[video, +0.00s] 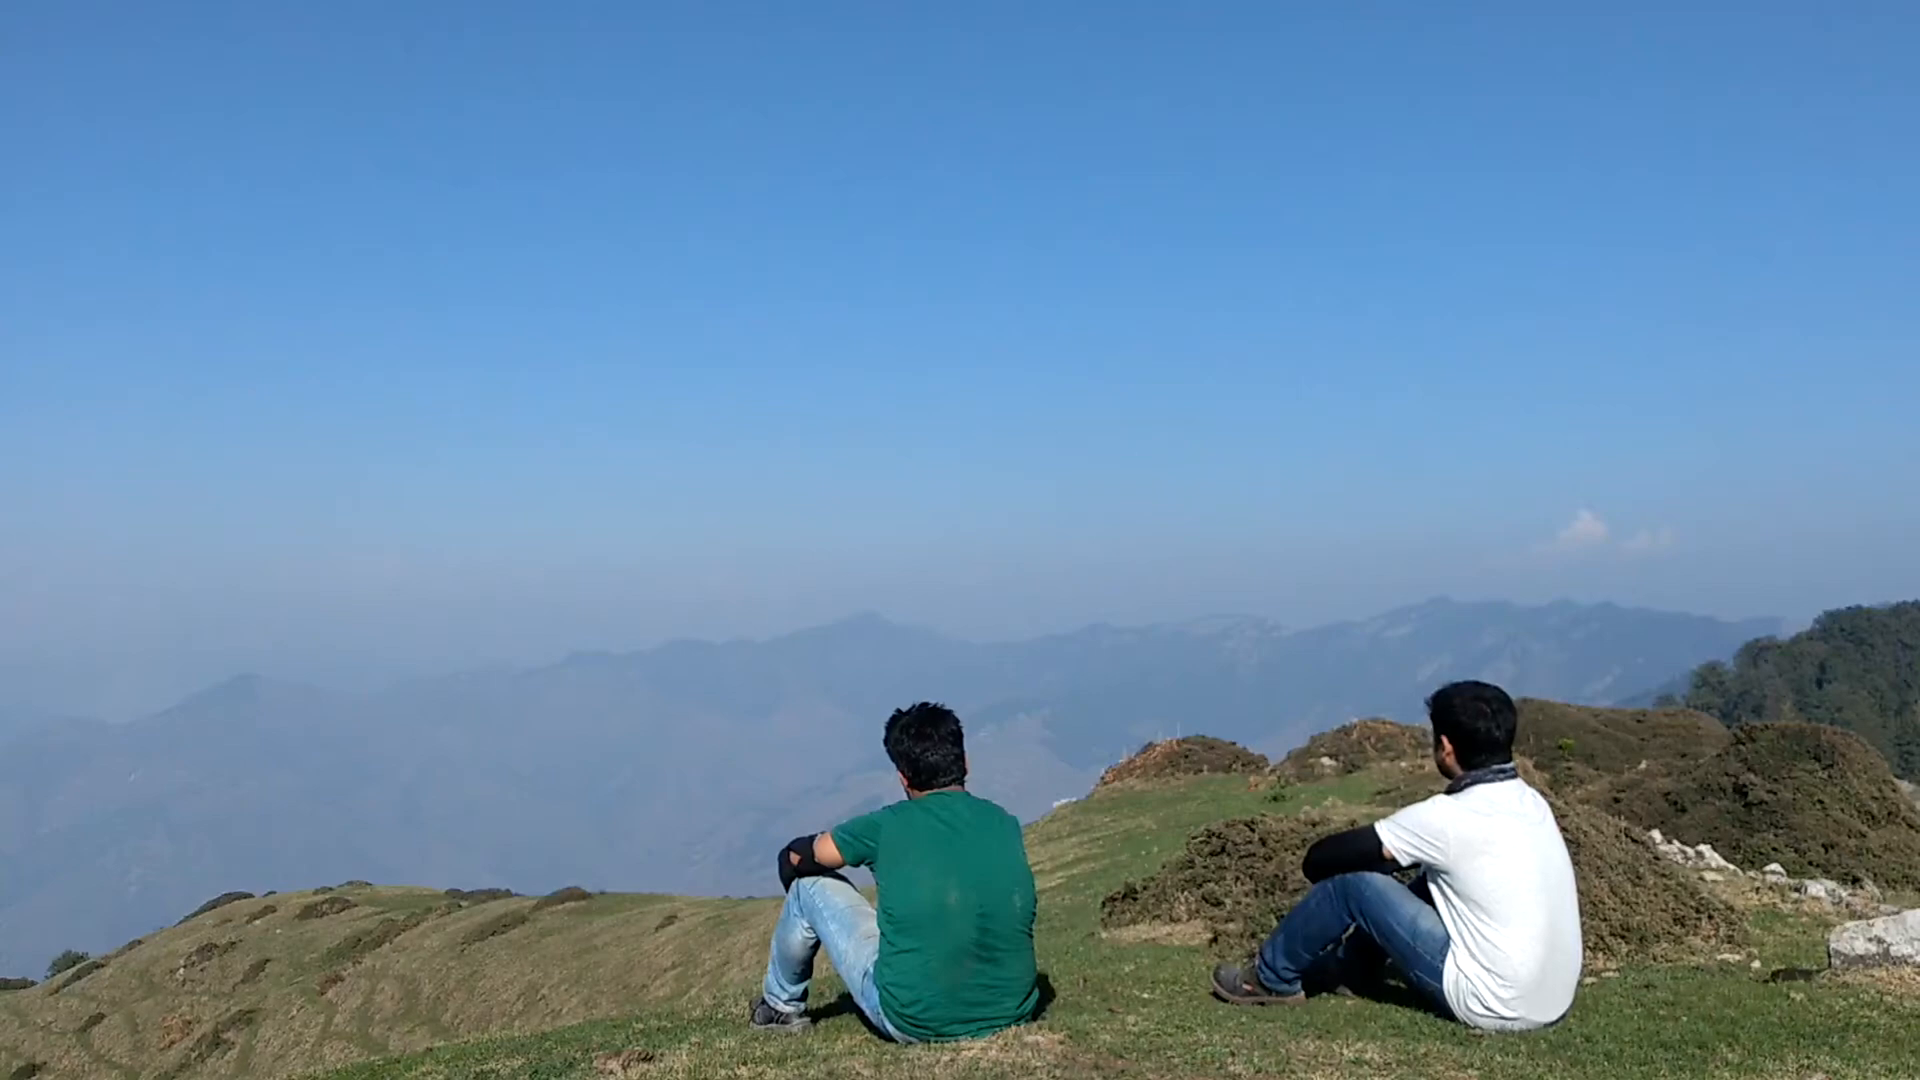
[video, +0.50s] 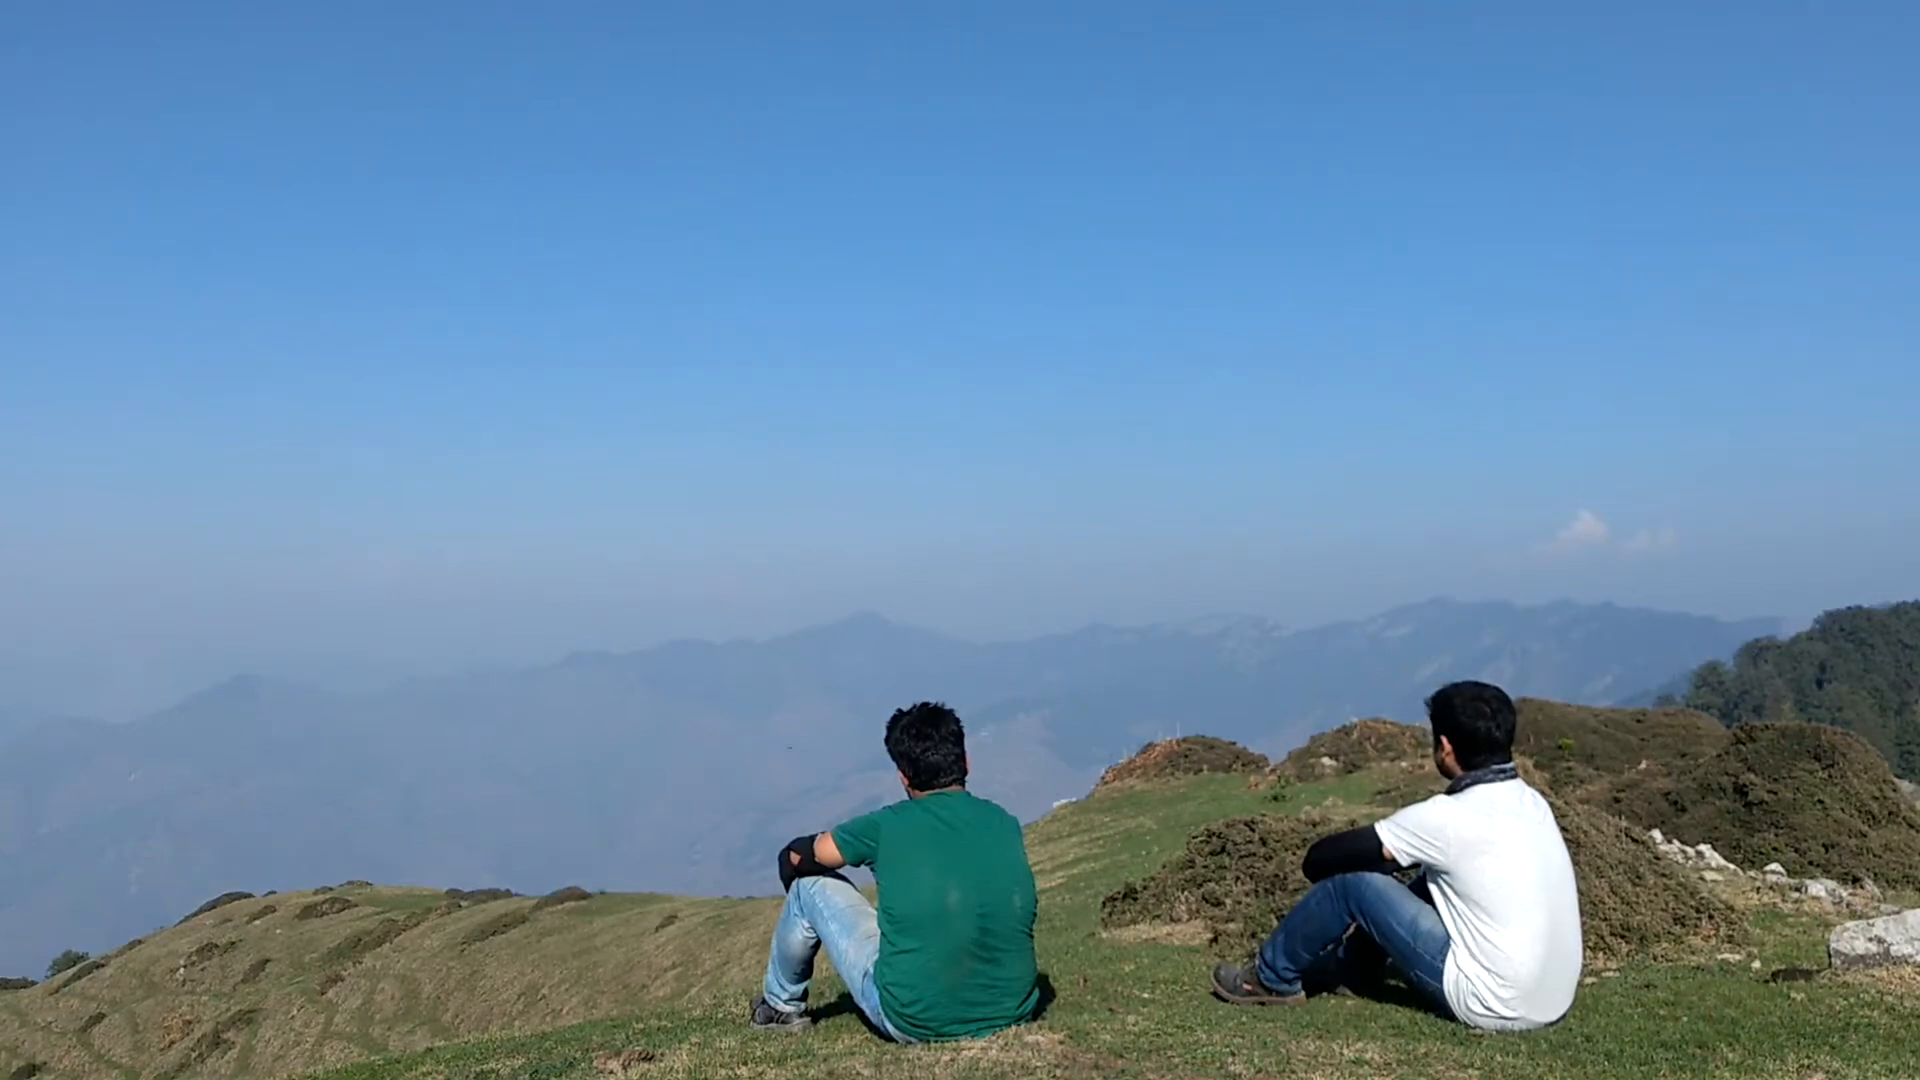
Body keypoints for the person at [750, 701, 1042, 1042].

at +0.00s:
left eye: (898, 770)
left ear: (904, 778)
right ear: (966, 764)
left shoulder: (888, 824)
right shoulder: (1006, 823)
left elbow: (796, 857)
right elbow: (1022, 913)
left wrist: (797, 890)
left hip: (915, 1020)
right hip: (1008, 1012)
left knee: (810, 886)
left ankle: (781, 1005)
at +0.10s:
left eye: (898, 770)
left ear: (904, 778)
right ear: (966, 764)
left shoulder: (888, 824)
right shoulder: (1006, 823)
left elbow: (796, 857)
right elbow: (1022, 913)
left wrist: (797, 890)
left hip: (915, 1020)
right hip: (1008, 1012)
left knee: (810, 885)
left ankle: (781, 1005)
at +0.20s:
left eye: (898, 770)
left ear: (904, 778)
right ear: (966, 764)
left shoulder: (888, 824)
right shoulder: (1006, 823)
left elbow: (796, 857)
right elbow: (1022, 913)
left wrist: (797, 889)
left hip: (915, 1020)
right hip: (1008, 1012)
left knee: (810, 885)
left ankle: (781, 1005)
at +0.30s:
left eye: (898, 771)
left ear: (904, 778)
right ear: (966, 764)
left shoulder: (888, 824)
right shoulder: (1007, 823)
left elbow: (796, 857)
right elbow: (1022, 913)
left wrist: (797, 889)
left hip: (915, 1020)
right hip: (1008, 1012)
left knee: (810, 885)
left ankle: (781, 1005)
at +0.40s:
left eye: (898, 770)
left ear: (904, 778)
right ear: (966, 764)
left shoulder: (888, 824)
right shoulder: (1006, 823)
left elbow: (796, 857)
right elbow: (1023, 913)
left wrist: (796, 889)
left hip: (915, 1020)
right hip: (1008, 1012)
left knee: (810, 885)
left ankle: (781, 1005)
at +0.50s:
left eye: (898, 770)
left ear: (904, 777)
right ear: (966, 764)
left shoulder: (887, 825)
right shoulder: (1006, 823)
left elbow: (796, 856)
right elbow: (1020, 911)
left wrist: (796, 888)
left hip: (915, 1020)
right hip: (1009, 1011)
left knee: (810, 885)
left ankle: (781, 1005)